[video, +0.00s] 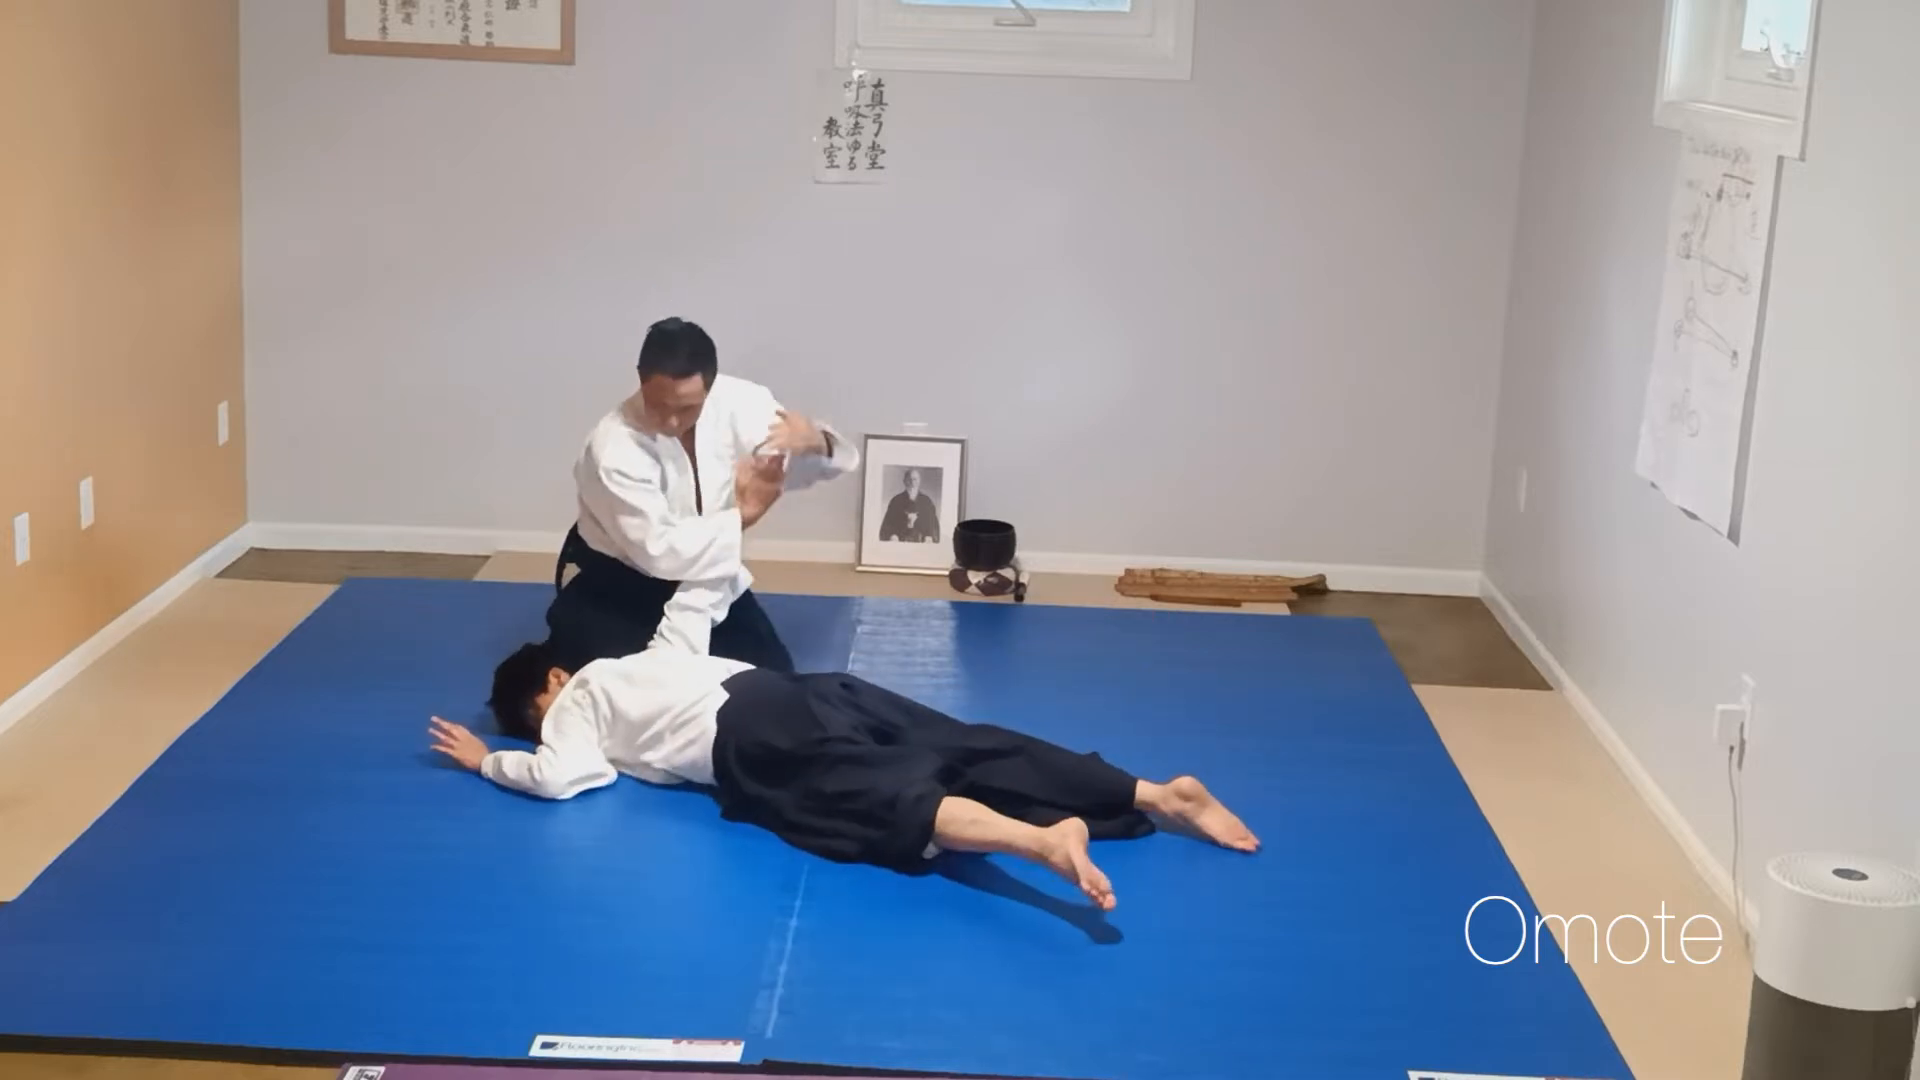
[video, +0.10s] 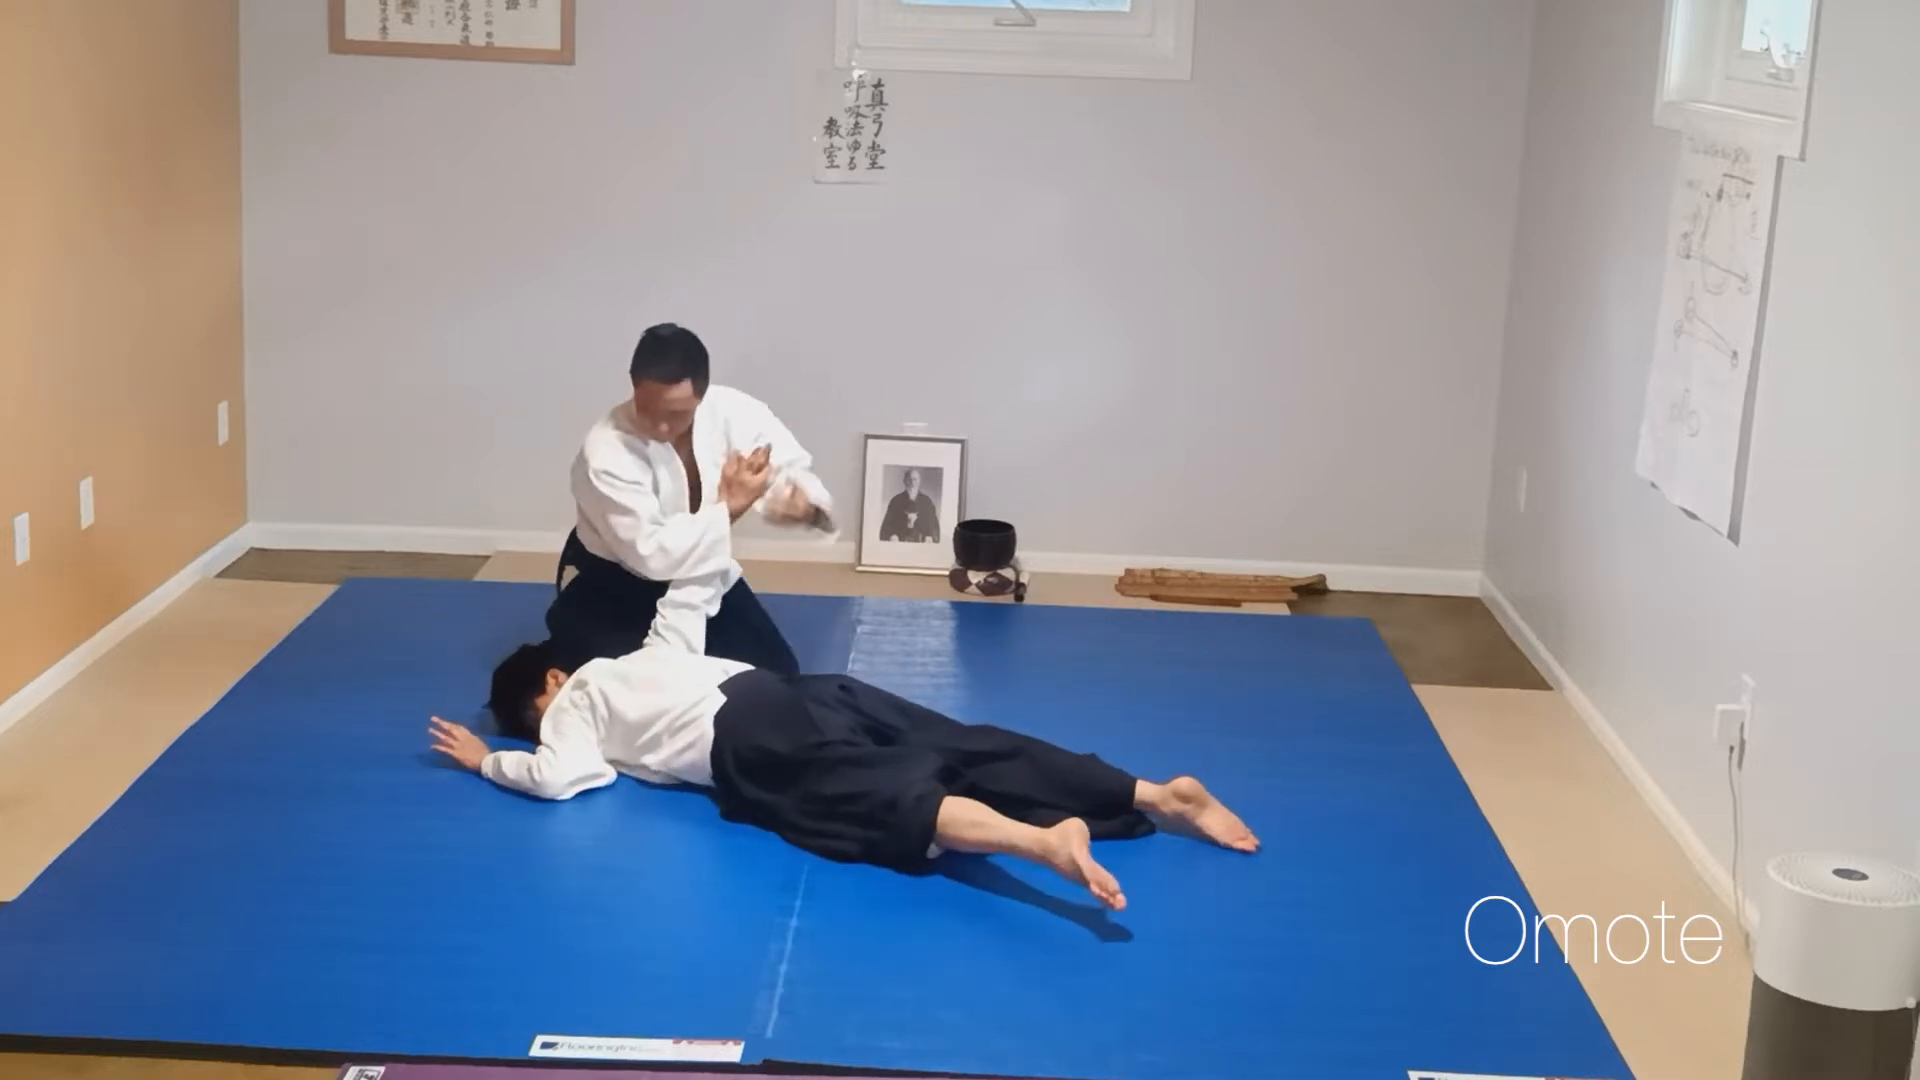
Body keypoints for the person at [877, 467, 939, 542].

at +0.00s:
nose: (912, 482)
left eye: (915, 479)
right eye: (909, 480)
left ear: (919, 481)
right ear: (904, 482)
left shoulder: (926, 501)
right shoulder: (896, 500)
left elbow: (932, 523)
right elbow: (887, 525)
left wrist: (930, 537)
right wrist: (891, 536)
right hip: (899, 543)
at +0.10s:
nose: (912, 482)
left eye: (915, 479)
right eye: (909, 479)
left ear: (919, 481)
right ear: (904, 481)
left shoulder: (926, 501)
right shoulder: (896, 500)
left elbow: (933, 523)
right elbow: (887, 524)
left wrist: (930, 537)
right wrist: (892, 536)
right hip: (899, 543)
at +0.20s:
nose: (912, 482)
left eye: (915, 479)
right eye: (909, 479)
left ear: (919, 481)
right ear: (904, 481)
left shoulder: (926, 501)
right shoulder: (896, 500)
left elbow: (932, 523)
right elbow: (887, 525)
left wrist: (930, 537)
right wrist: (892, 536)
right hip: (899, 543)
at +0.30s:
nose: (912, 482)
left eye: (915, 479)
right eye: (909, 479)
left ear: (919, 481)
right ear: (904, 481)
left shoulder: (926, 501)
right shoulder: (896, 500)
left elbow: (932, 523)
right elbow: (887, 525)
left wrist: (930, 537)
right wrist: (892, 536)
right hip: (899, 543)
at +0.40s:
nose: (912, 482)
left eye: (915, 479)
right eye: (909, 479)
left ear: (919, 481)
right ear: (904, 481)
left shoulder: (926, 501)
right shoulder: (896, 500)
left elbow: (933, 523)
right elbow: (887, 525)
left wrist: (930, 537)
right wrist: (892, 536)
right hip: (899, 543)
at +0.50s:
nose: (912, 482)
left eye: (915, 479)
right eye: (909, 479)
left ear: (919, 481)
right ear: (905, 481)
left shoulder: (926, 501)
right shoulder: (896, 500)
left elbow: (933, 523)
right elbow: (887, 525)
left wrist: (931, 537)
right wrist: (892, 536)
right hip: (899, 543)